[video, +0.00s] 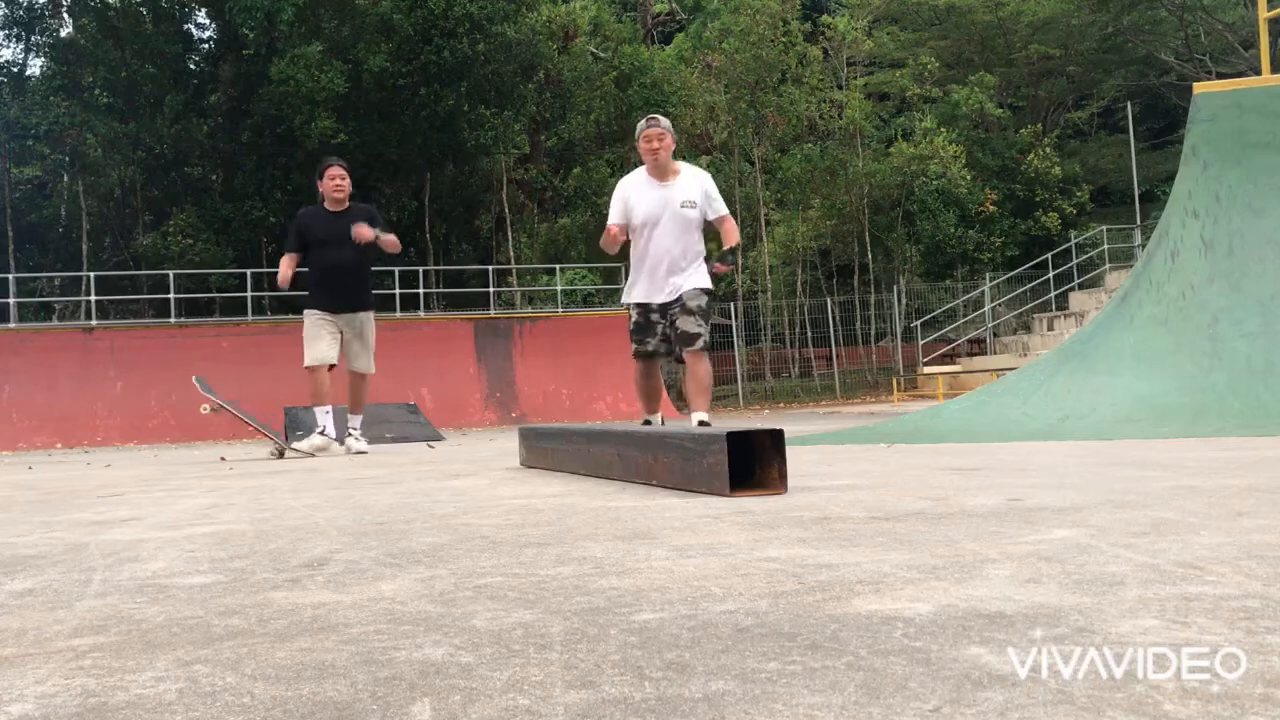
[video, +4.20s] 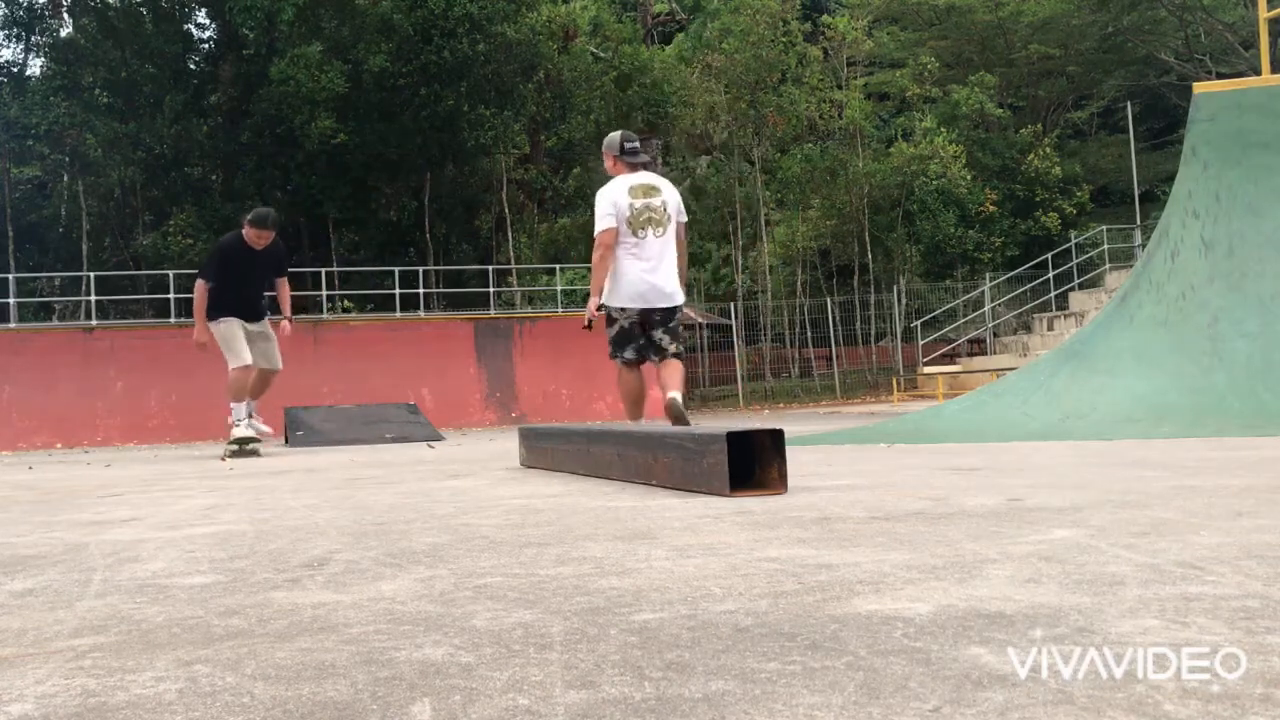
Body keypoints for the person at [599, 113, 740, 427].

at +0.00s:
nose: (654, 145)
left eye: (660, 139)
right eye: (647, 141)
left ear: (673, 142)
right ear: (638, 148)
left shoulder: (698, 179)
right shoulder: (627, 185)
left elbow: (725, 222)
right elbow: (610, 247)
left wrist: (729, 250)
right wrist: (611, 238)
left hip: (690, 280)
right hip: (645, 285)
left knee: (694, 347)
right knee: (646, 357)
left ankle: (700, 419)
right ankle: (652, 423)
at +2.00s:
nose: (634, 124)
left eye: (638, 113)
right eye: (632, 116)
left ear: (667, 108)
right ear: (654, 110)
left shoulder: (723, 145)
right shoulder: (640, 170)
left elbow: (769, 200)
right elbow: (628, 237)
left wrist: (744, 233)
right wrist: (619, 280)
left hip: (736, 266)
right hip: (682, 287)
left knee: (717, 321)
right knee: (675, 394)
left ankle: (737, 431)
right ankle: (693, 432)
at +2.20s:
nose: (642, 75)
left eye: (646, 65)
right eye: (642, 66)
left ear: (666, 64)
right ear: (670, 66)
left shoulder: (711, 102)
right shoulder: (668, 126)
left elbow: (742, 162)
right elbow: (665, 200)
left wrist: (704, 223)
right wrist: (646, 257)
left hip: (733, 239)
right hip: (687, 247)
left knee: (714, 323)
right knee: (673, 337)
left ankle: (736, 430)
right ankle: (714, 430)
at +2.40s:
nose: (664, 64)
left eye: (667, 56)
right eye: (667, 56)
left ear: (678, 58)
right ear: (700, 63)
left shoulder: (693, 97)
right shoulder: (706, 101)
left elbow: (690, 158)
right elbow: (707, 186)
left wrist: (644, 216)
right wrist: (680, 245)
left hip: (720, 233)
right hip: (706, 236)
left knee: (709, 323)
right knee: (684, 327)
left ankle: (736, 425)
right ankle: (728, 418)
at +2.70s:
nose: (657, 80)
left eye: (659, 74)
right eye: (659, 74)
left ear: (667, 74)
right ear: (699, 77)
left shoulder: (664, 109)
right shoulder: (734, 123)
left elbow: (650, 167)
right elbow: (749, 191)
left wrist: (615, 231)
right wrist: (732, 233)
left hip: (685, 241)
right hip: (734, 243)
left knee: (658, 333)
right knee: (721, 332)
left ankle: (679, 427)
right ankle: (735, 428)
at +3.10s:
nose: (622, 107)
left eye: (622, 102)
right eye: (626, 101)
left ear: (627, 103)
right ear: (661, 98)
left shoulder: (617, 138)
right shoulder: (696, 132)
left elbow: (606, 198)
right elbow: (721, 194)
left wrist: (593, 253)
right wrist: (725, 251)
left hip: (640, 261)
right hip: (691, 258)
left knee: (636, 346)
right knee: (689, 338)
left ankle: (635, 433)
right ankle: (706, 395)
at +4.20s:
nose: (604, 164)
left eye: (605, 159)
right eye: (604, 159)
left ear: (613, 160)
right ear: (637, 157)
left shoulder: (609, 192)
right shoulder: (668, 188)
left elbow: (605, 245)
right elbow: (680, 244)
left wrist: (594, 295)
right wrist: (678, 287)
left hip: (625, 292)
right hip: (667, 289)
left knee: (628, 361)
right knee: (670, 353)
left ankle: (636, 431)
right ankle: (674, 396)